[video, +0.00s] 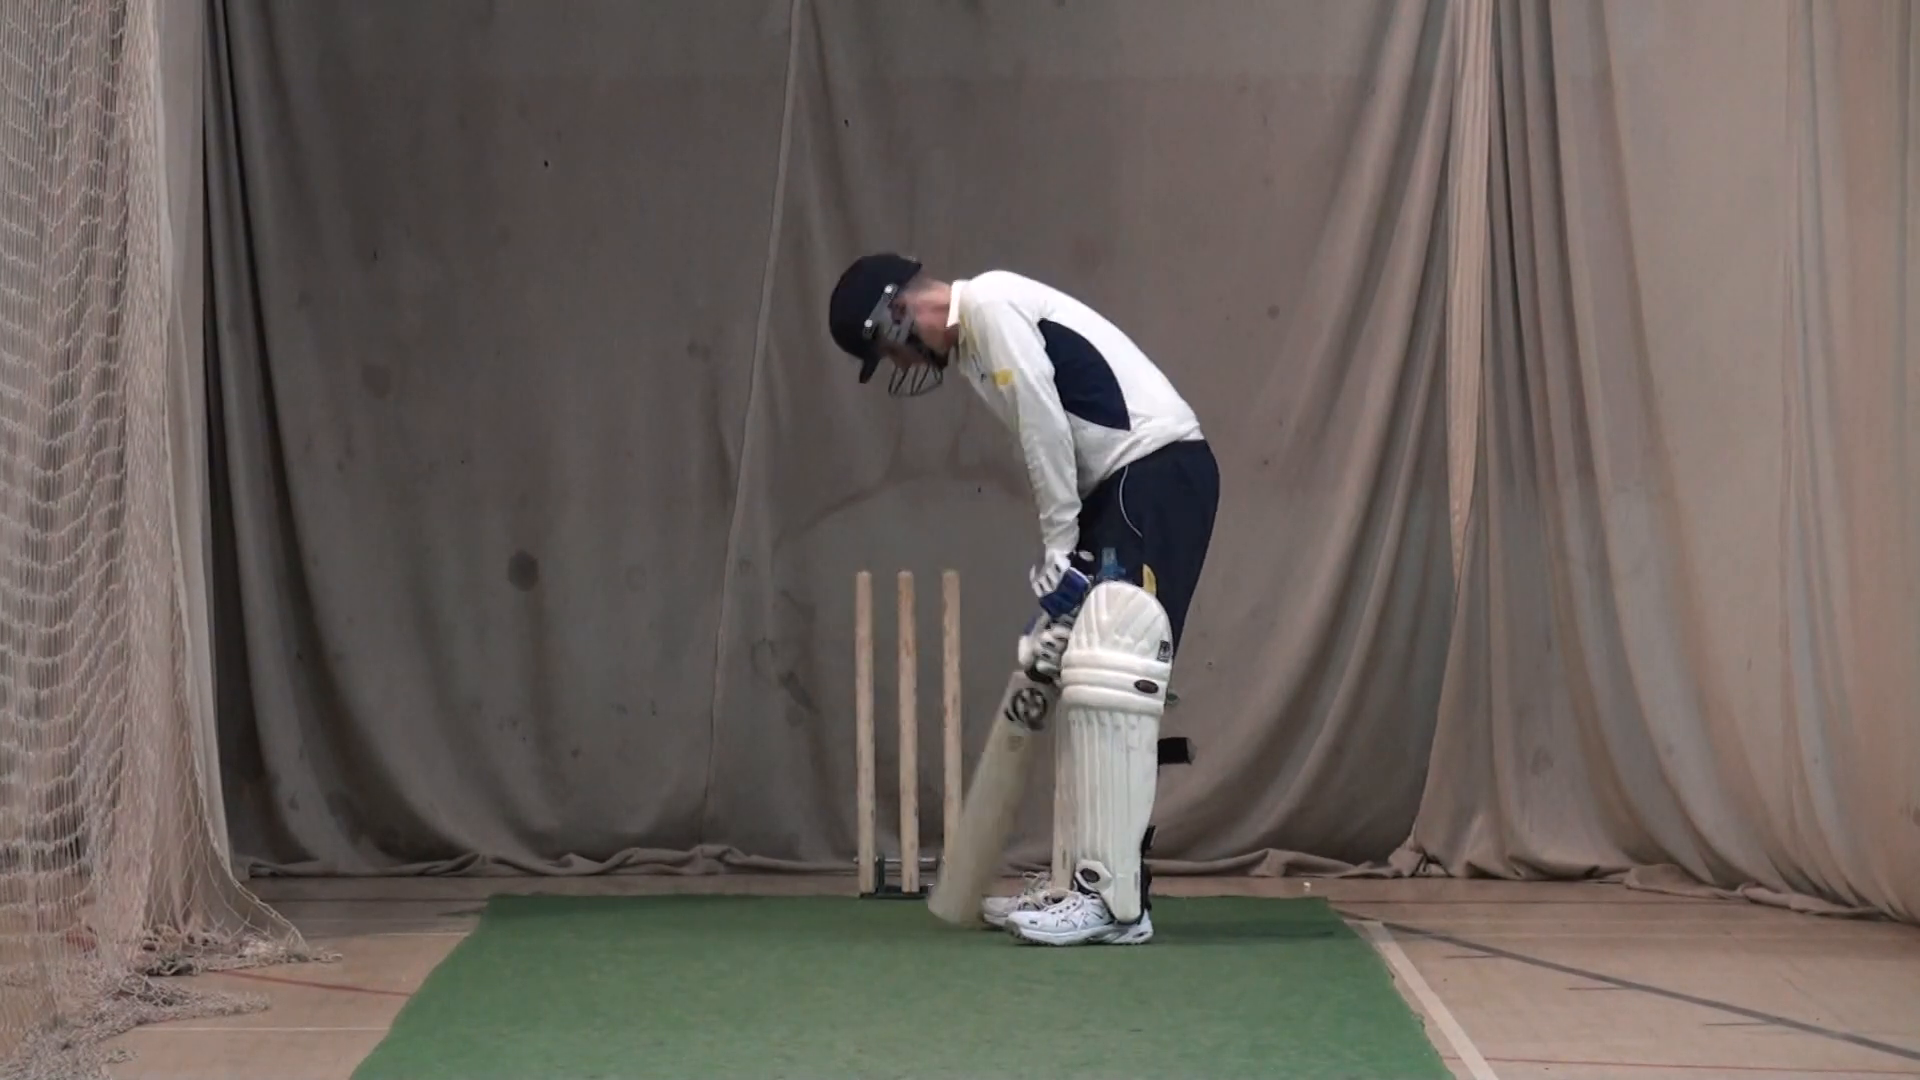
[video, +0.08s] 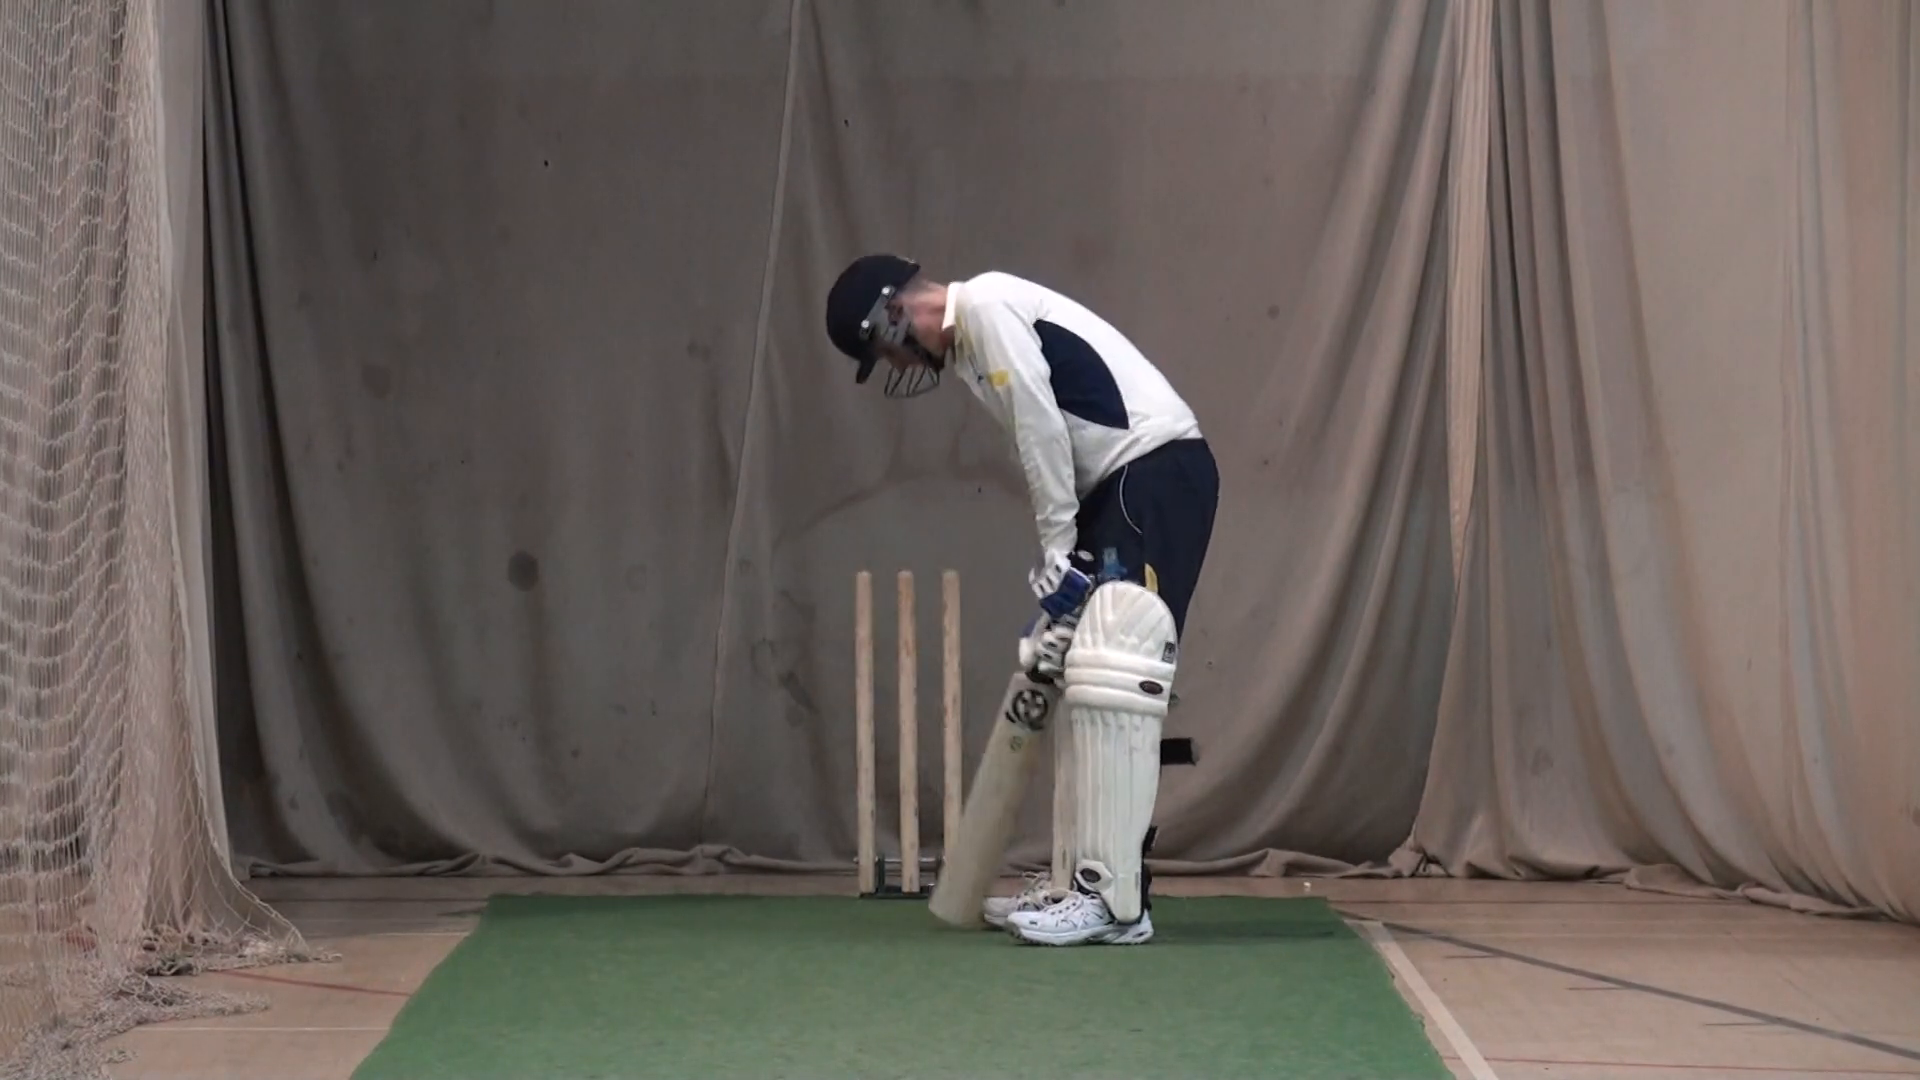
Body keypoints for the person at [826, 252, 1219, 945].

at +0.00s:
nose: (903, 360)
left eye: (892, 344)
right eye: (890, 353)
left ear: (904, 307)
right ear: (907, 306)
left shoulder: (989, 307)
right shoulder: (979, 328)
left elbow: (1047, 436)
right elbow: (1052, 447)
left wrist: (1060, 550)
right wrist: (1058, 583)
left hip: (1157, 472)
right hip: (1122, 483)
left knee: (1117, 683)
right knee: (1097, 681)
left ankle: (1113, 897)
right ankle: (1096, 886)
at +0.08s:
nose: (898, 362)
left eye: (887, 345)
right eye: (885, 355)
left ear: (901, 308)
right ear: (904, 308)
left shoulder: (985, 307)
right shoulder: (973, 333)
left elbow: (1042, 432)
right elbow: (1044, 444)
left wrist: (1058, 550)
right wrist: (1057, 569)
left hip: (1155, 472)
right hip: (1118, 485)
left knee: (1119, 686)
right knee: (1096, 683)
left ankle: (1112, 898)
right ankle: (1095, 887)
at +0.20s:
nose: (892, 343)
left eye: (883, 327)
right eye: (880, 336)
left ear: (901, 290)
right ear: (903, 288)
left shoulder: (983, 297)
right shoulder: (969, 325)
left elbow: (1044, 422)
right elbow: (1042, 441)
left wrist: (1051, 541)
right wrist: (1048, 574)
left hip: (1150, 469)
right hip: (1114, 480)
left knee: (1110, 679)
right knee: (1088, 677)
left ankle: (1111, 897)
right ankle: (1092, 885)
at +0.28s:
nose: (886, 316)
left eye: (882, 298)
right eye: (876, 305)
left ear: (904, 267)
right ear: (909, 264)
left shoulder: (986, 287)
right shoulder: (970, 316)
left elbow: (1045, 415)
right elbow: (1045, 439)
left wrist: (1043, 535)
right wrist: (1032, 579)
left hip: (1144, 472)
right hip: (1109, 482)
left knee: (1104, 684)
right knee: (1084, 682)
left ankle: (1109, 895)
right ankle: (1080, 882)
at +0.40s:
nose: (895, 267)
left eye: (902, 246)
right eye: (885, 254)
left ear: (947, 226)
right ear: (890, 256)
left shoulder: (994, 274)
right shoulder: (971, 305)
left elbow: (1044, 401)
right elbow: (1037, 430)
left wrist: (1029, 524)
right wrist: (1023, 563)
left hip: (1140, 472)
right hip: (1100, 481)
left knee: (1097, 681)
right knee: (1069, 681)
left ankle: (1112, 896)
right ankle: (1079, 883)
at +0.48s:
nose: (925, 232)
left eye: (934, 212)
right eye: (908, 223)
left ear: (965, 205)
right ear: (897, 235)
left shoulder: (998, 264)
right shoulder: (969, 296)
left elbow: (1044, 400)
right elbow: (1035, 422)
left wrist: (1029, 523)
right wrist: (1022, 548)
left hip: (1136, 471)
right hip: (1096, 481)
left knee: (1095, 681)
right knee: (1066, 679)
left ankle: (1112, 899)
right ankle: (1080, 884)